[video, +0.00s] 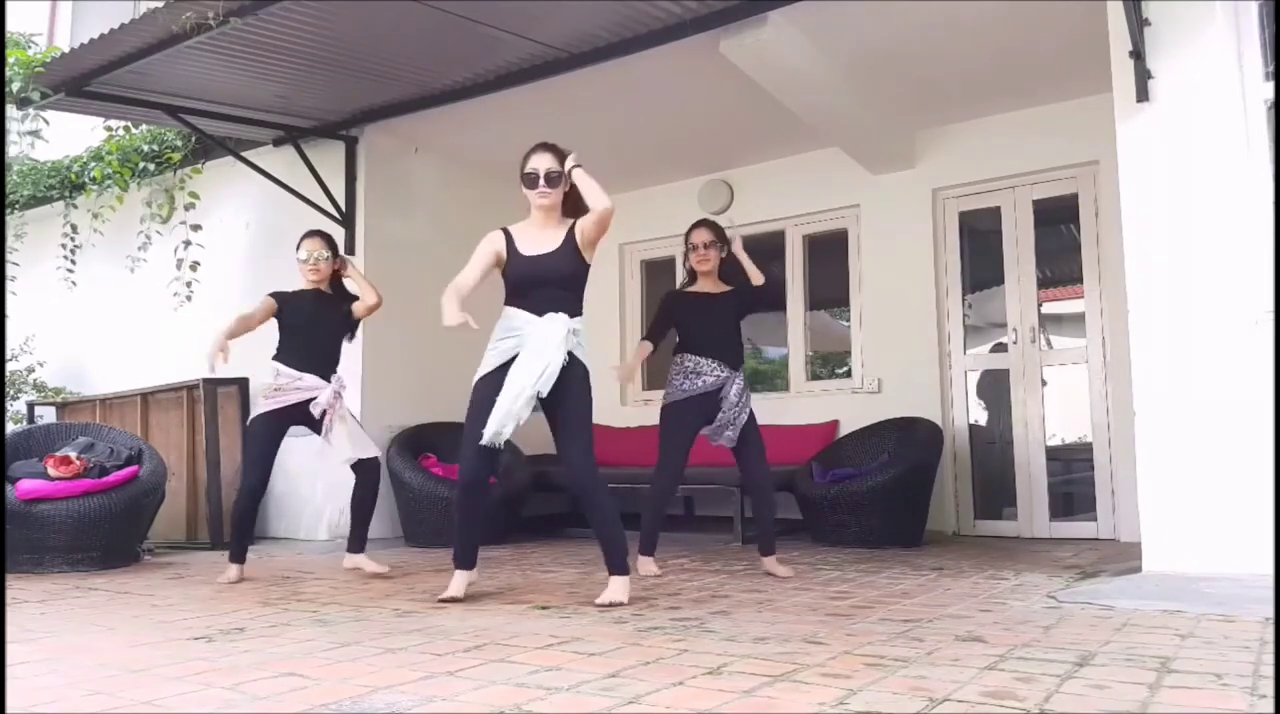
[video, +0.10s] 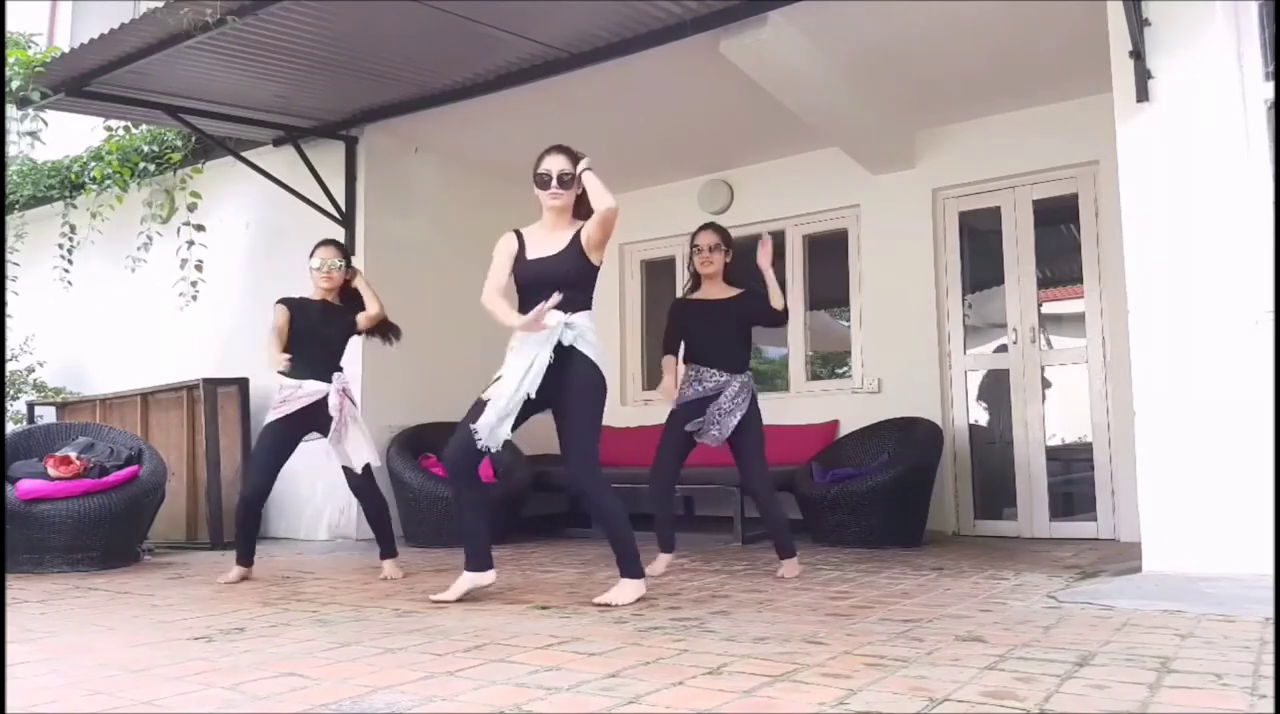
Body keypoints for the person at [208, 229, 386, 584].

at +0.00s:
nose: (311, 264)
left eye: (319, 257)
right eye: (304, 258)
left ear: (334, 265)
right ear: (297, 263)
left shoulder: (345, 306)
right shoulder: (283, 300)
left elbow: (373, 301)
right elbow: (252, 319)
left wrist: (350, 270)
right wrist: (224, 336)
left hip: (324, 399)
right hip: (280, 396)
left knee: (370, 467)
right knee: (253, 481)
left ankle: (356, 553)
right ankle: (236, 564)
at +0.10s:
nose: (326, 270)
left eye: (334, 265)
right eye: (319, 263)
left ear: (345, 275)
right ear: (309, 269)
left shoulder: (347, 316)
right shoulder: (289, 306)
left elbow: (376, 313)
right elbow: (276, 338)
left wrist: (358, 280)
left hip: (334, 403)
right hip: (292, 401)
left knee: (363, 483)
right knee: (254, 486)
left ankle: (389, 558)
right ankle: (243, 564)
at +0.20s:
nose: (337, 272)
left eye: (345, 266)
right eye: (330, 266)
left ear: (357, 275)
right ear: (321, 271)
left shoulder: (360, 317)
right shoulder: (301, 303)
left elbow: (384, 308)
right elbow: (298, 320)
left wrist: (372, 279)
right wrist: (312, 324)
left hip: (347, 407)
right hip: (306, 407)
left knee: (366, 488)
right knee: (258, 491)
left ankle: (395, 560)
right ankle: (244, 562)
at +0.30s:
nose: (345, 269)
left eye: (352, 262)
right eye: (338, 263)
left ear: (365, 268)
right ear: (327, 267)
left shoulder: (369, 309)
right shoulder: (312, 298)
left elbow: (392, 295)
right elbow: (304, 300)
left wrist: (378, 271)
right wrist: (325, 287)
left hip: (353, 402)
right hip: (311, 400)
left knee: (366, 483)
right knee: (256, 475)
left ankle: (396, 559)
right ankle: (261, 553)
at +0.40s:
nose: (347, 269)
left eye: (355, 263)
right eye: (340, 263)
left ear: (367, 270)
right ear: (331, 267)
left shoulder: (371, 310)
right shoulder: (315, 299)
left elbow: (394, 294)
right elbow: (306, 299)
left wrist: (382, 271)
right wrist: (324, 297)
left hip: (352, 403)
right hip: (314, 401)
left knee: (364, 484)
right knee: (254, 473)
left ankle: (396, 558)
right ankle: (282, 559)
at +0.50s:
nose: (344, 270)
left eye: (352, 264)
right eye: (337, 265)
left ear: (363, 272)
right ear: (328, 270)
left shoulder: (370, 313)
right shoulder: (311, 306)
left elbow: (393, 307)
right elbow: (297, 326)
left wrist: (381, 278)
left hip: (351, 407)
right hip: (312, 406)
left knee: (362, 489)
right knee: (249, 473)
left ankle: (396, 559)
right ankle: (281, 559)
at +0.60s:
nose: (331, 273)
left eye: (339, 266)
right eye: (323, 267)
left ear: (351, 273)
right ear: (314, 275)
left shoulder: (367, 311)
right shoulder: (306, 318)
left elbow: (393, 332)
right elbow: (270, 356)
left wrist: (381, 296)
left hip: (343, 410)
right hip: (302, 406)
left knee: (354, 494)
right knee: (254, 482)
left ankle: (394, 559)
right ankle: (256, 559)